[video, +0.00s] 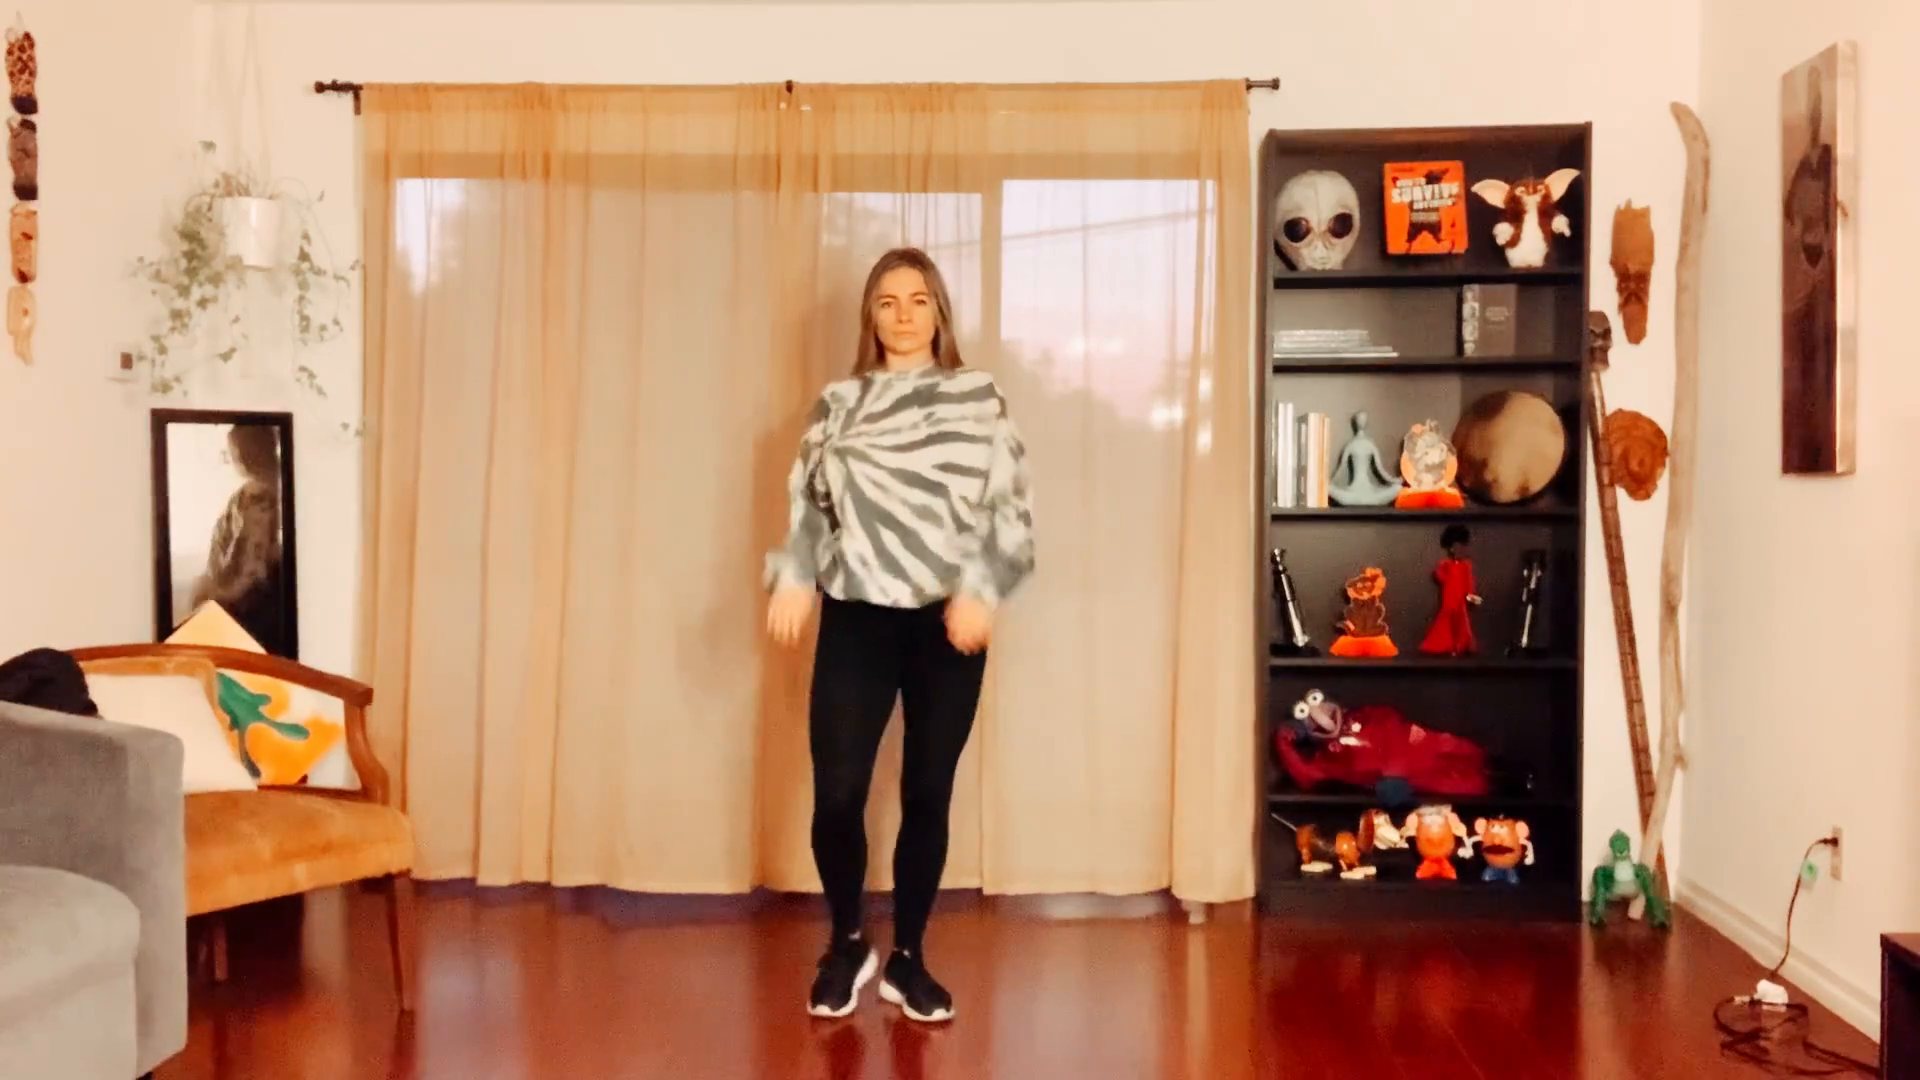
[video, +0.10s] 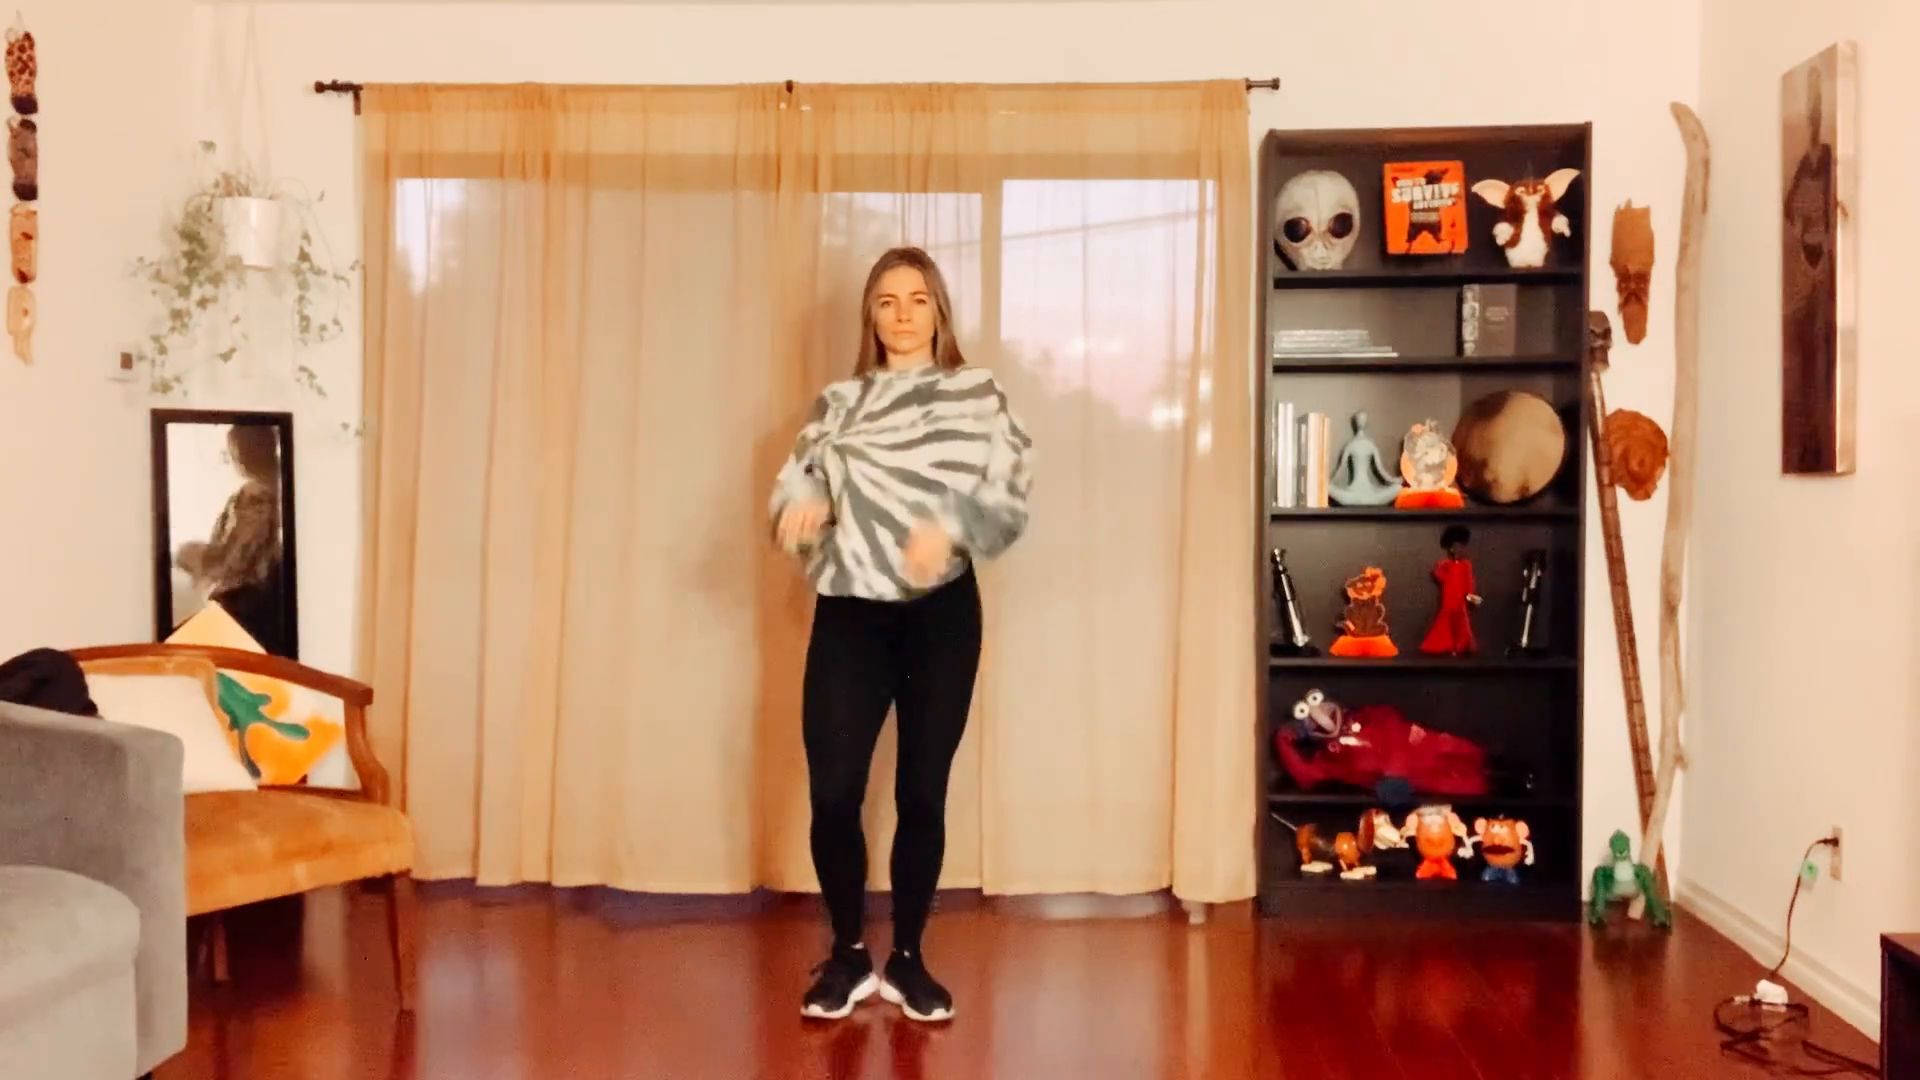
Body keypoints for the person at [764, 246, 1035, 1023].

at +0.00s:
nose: (902, 312)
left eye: (917, 300)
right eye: (887, 301)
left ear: (939, 311)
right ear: (870, 314)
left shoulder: (978, 398)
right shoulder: (841, 401)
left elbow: (1011, 513)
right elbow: (809, 501)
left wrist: (984, 590)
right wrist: (795, 574)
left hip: (947, 623)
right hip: (855, 618)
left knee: (926, 796)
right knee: (836, 796)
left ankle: (906, 959)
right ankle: (845, 944)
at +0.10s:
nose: (902, 312)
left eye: (917, 300)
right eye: (887, 301)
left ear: (939, 310)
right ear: (871, 314)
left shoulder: (978, 397)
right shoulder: (841, 402)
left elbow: (1006, 505)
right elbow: (797, 480)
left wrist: (952, 531)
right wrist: (800, 508)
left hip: (940, 617)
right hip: (848, 615)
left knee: (922, 795)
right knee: (833, 795)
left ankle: (906, 959)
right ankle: (847, 954)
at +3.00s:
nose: (1055, 359)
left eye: (1070, 350)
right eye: (1040, 351)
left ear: (1091, 376)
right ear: (1021, 375)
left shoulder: (1129, 463)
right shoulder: (983, 459)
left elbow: (1236, 454)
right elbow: (925, 549)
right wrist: (865, 624)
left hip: (1028, 668)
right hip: (930, 650)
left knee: (1129, 817)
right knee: (831, 801)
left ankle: (1054, 972)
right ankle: (760, 954)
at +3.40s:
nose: (1119, 373)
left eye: (1127, 362)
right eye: (1102, 363)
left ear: (1139, 375)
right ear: (1069, 376)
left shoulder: (1176, 463)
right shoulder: (1043, 473)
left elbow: (1272, 433)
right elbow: (988, 565)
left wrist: (1212, 413)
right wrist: (935, 650)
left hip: (1143, 661)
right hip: (1050, 656)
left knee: (1123, 847)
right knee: (998, 829)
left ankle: (1087, 957)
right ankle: (981, 952)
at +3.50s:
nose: (1139, 365)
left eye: (1142, 353)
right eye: (1123, 353)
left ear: (1148, 363)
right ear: (1082, 364)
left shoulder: (1182, 420)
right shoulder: (1046, 454)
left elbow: (1267, 448)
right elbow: (993, 510)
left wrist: (1226, 490)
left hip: (1161, 647)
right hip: (1068, 650)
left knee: (1147, 844)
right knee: (1068, 835)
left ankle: (1096, 948)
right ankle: (1046, 965)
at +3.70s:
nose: (1190, 365)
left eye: (1192, 352)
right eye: (1174, 350)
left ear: (1189, 365)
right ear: (1127, 357)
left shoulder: (1205, 447)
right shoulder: (1068, 433)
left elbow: (1258, 558)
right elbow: (985, 402)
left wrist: (1310, 661)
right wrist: (1043, 319)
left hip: (1198, 651)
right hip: (1105, 655)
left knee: (1306, 783)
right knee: (1104, 838)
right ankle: (1042, 976)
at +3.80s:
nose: (1233, 360)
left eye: (1235, 347)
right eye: (1217, 344)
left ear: (1230, 359)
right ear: (1171, 348)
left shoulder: (1245, 447)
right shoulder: (1102, 428)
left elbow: (1291, 565)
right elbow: (1006, 435)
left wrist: (1357, 665)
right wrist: (1036, 337)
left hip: (1239, 650)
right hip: (1140, 651)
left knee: (1342, 800)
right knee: (1122, 834)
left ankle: (1396, 970)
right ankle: (1045, 972)